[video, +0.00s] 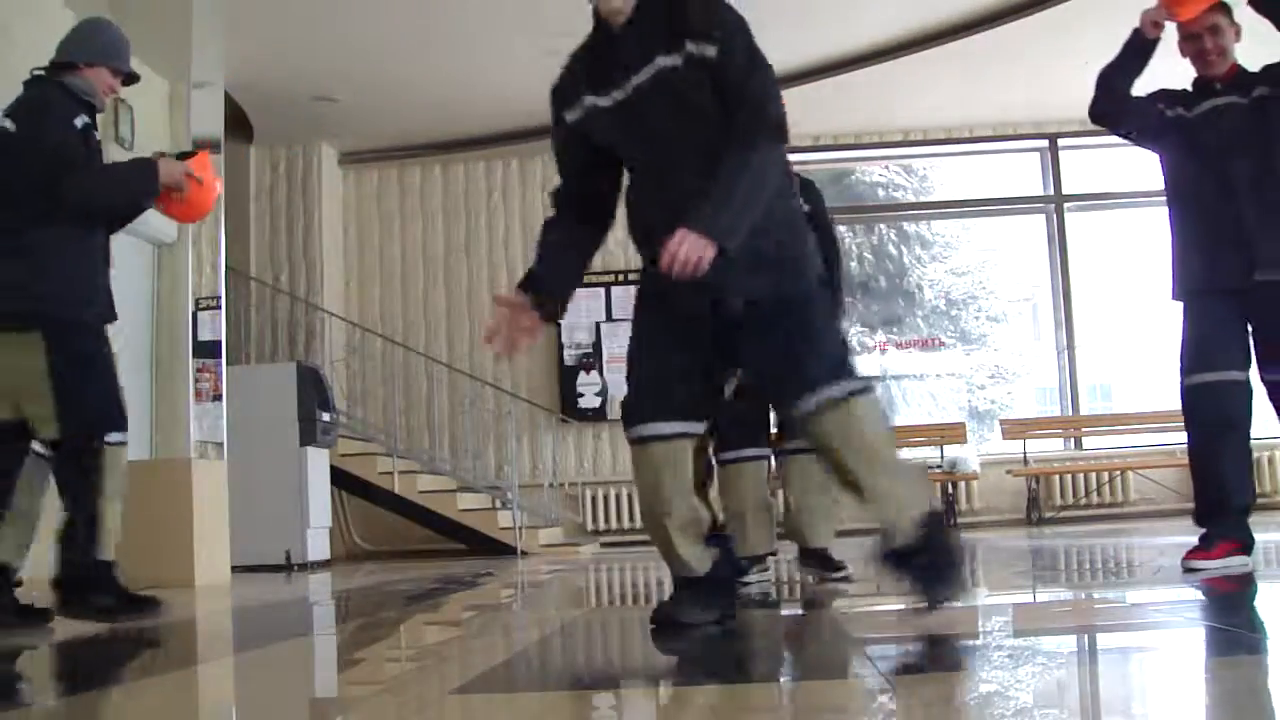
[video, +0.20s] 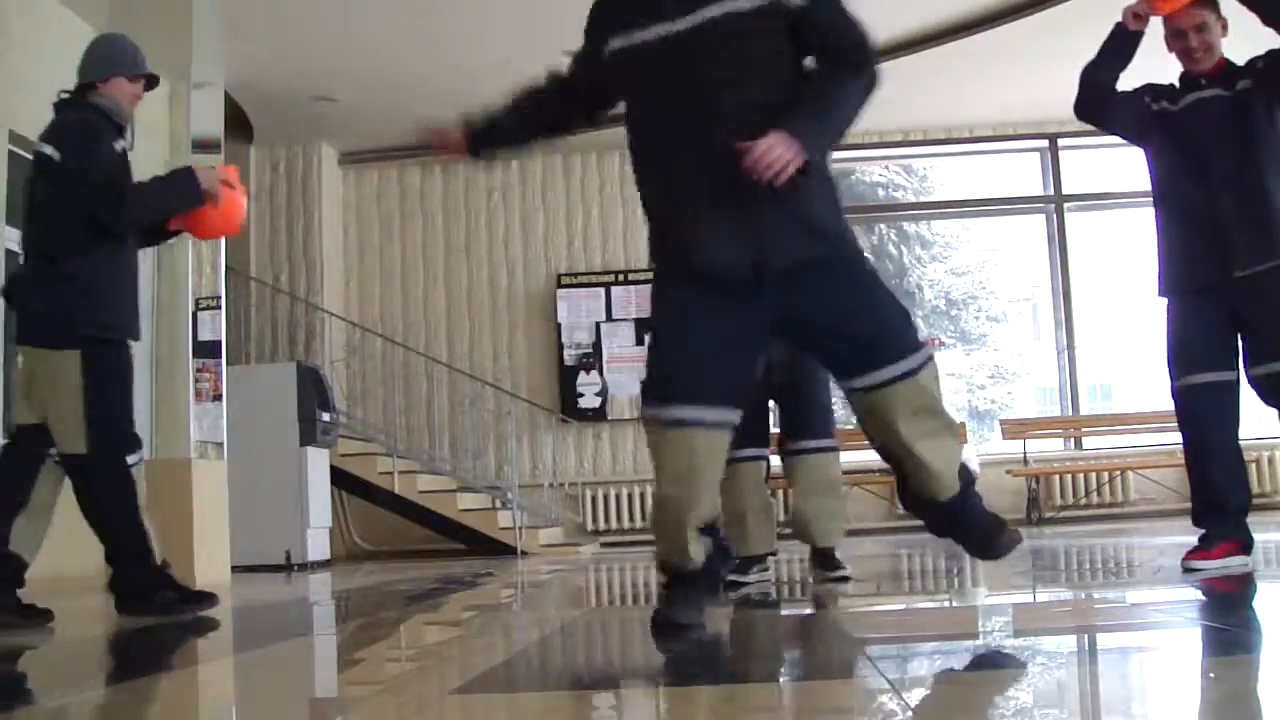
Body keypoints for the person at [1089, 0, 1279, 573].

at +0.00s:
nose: (1205, 44)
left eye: (1214, 30)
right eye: (1193, 38)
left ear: (1237, 29)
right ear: (1180, 47)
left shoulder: (1272, 88)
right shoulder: (1173, 112)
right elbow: (1106, 108)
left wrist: (1261, 8)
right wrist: (1143, 37)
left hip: (1274, 277)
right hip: (1210, 285)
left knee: (1278, 396)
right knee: (1212, 405)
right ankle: (1226, 535)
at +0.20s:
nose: (1192, 42)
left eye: (1201, 27)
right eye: (1179, 35)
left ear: (1223, 25)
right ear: (1166, 42)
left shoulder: (1265, 81)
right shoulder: (1156, 107)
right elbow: (1090, 104)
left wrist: (1248, 2)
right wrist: (1129, 27)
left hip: (1268, 273)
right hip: (1196, 286)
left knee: (1273, 382)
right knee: (1204, 410)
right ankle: (1225, 536)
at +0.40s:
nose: (1186, 39)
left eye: (1195, 26)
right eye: (1174, 32)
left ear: (1220, 24)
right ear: (1163, 40)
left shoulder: (1263, 78)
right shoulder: (1155, 105)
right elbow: (1088, 108)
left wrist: (1242, 1)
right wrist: (1123, 30)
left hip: (1266, 274)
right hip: (1193, 286)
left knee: (1276, 399)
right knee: (1203, 414)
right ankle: (1226, 538)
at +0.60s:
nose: (1189, 36)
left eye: (1198, 22)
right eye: (1177, 29)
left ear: (1225, 18)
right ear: (1168, 38)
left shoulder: (1266, 74)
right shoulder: (1162, 102)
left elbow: (1279, 33)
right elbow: (1094, 109)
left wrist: (1248, 4)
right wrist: (1135, 32)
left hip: (1267, 273)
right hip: (1198, 284)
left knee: (1278, 401)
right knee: (1207, 415)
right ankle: (1226, 538)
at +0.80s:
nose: (1192, 34)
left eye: (1201, 20)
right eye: (1181, 27)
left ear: (1230, 14)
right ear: (1173, 35)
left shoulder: (1268, 70)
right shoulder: (1170, 98)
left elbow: (1279, 35)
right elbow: (1100, 104)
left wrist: (1252, 4)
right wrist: (1151, 30)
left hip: (1268, 272)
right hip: (1202, 282)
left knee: (1279, 399)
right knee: (1211, 414)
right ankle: (1226, 538)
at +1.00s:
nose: (1196, 32)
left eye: (1205, 17)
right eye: (1185, 24)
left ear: (1234, 12)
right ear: (1178, 29)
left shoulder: (1269, 68)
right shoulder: (1172, 94)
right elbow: (1103, 101)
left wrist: (1258, 6)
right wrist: (1154, 27)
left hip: (1269, 273)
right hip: (1206, 281)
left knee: (1277, 399)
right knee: (1215, 416)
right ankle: (1226, 537)